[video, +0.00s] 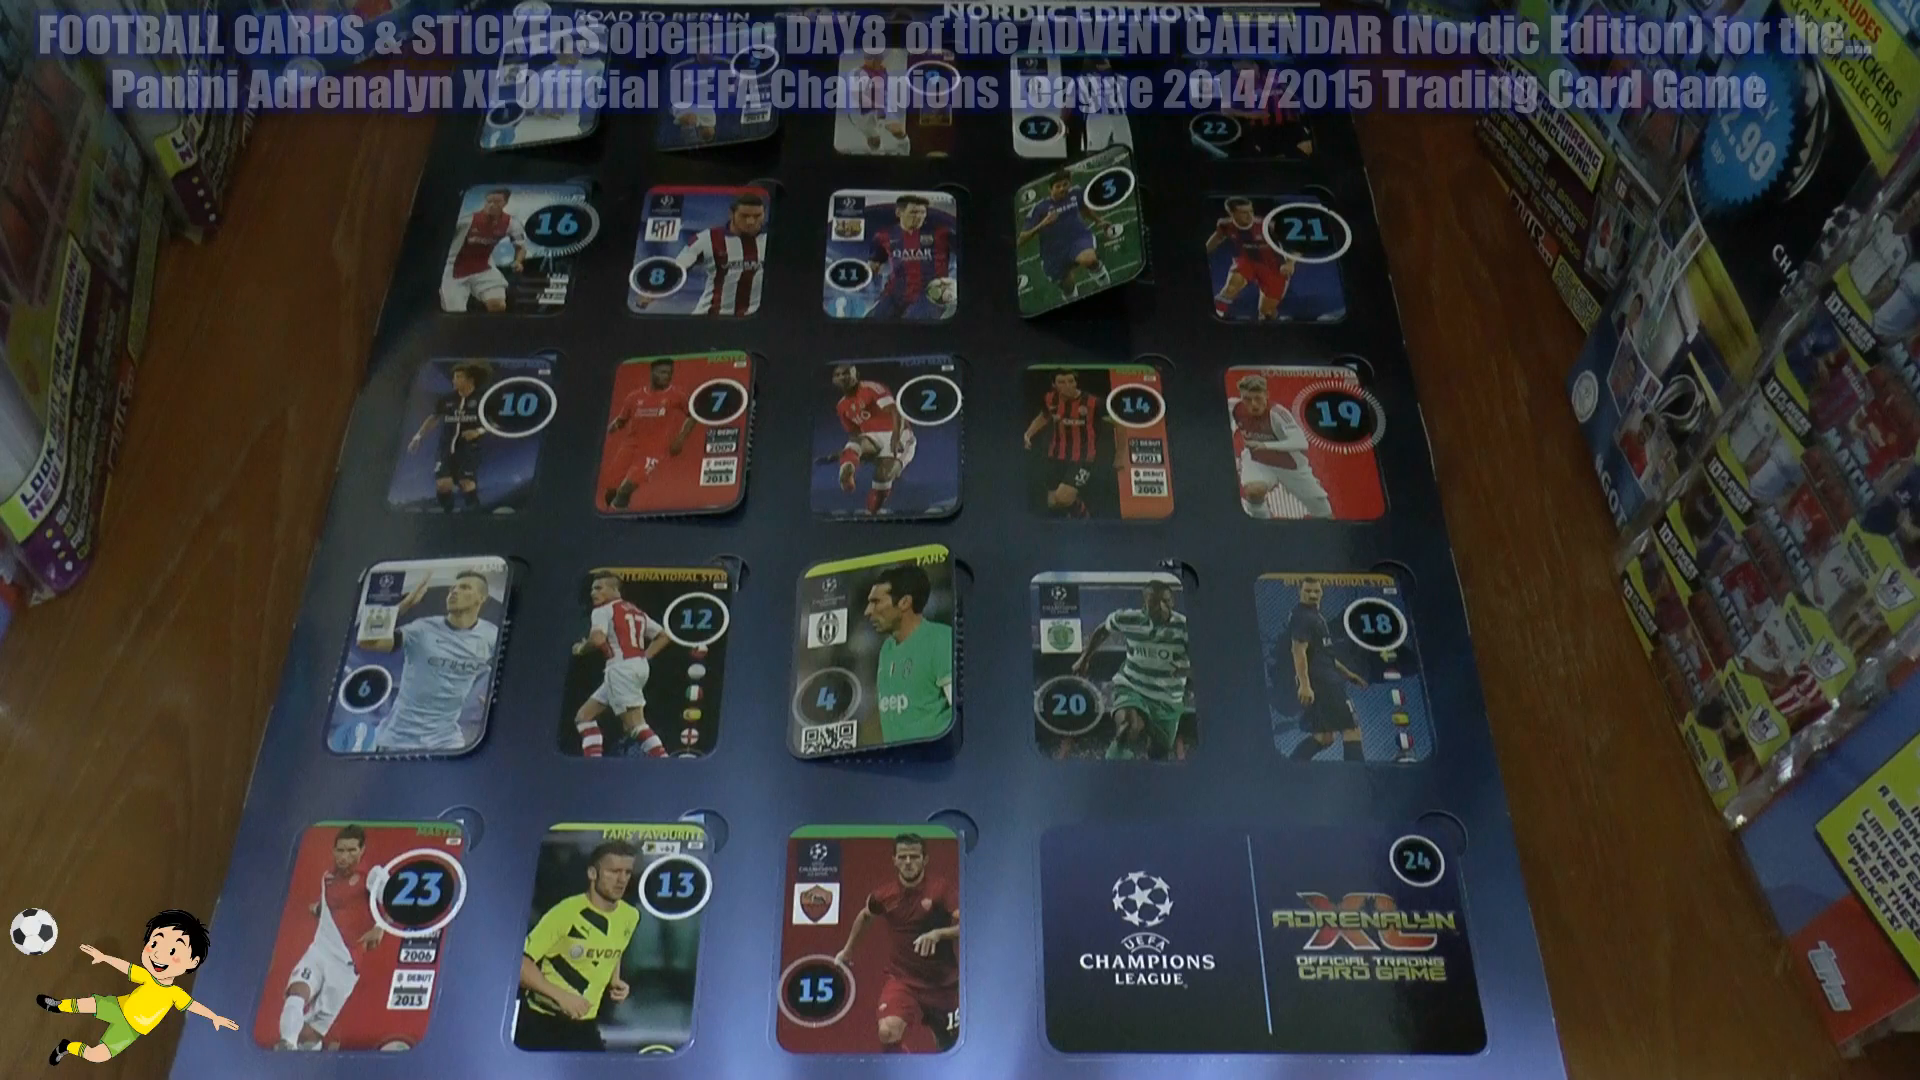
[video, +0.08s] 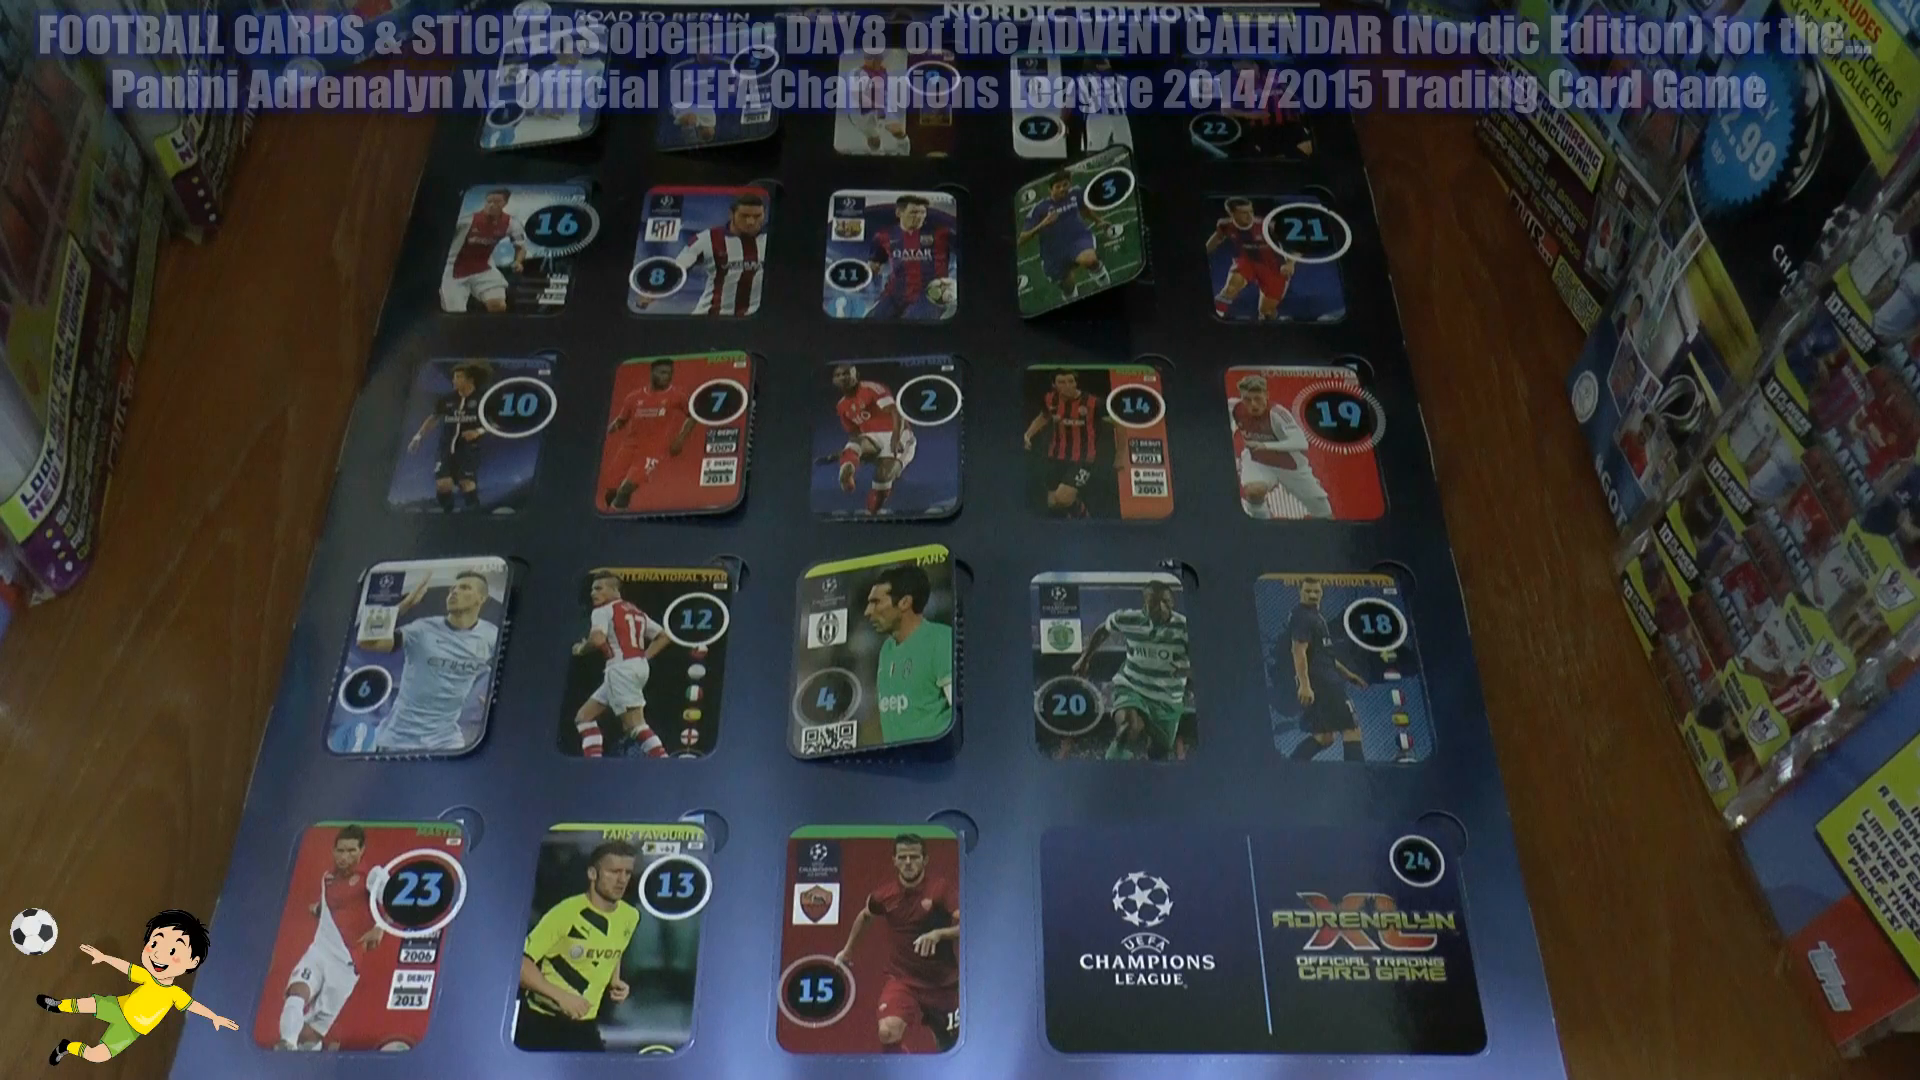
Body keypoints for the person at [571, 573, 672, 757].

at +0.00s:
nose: (593, 592)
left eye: (598, 588)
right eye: (592, 589)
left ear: (614, 590)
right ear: (616, 593)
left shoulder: (602, 610)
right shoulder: (634, 610)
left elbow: (598, 639)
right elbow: (663, 636)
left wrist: (582, 648)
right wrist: (644, 657)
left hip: (621, 668)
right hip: (641, 666)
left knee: (635, 724)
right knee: (584, 716)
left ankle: (665, 767)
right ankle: (594, 767)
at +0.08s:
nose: (593, 593)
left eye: (598, 588)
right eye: (593, 589)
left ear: (614, 591)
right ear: (616, 593)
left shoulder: (602, 610)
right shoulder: (634, 610)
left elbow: (598, 639)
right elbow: (663, 636)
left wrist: (582, 649)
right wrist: (644, 657)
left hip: (621, 669)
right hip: (641, 666)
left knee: (635, 724)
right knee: (584, 716)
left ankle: (665, 767)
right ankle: (594, 767)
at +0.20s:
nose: (593, 593)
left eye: (598, 588)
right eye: (592, 589)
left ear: (613, 591)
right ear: (616, 593)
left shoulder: (602, 610)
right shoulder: (634, 611)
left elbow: (598, 640)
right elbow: (664, 636)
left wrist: (582, 649)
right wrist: (644, 657)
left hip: (621, 669)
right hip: (641, 666)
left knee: (635, 724)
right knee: (584, 716)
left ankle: (664, 767)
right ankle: (594, 768)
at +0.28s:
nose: (593, 593)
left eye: (598, 588)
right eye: (592, 589)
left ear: (613, 591)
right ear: (616, 593)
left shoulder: (602, 610)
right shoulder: (634, 611)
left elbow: (598, 639)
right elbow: (664, 636)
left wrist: (582, 648)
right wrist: (644, 657)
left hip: (621, 669)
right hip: (641, 666)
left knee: (635, 724)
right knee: (584, 716)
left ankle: (664, 767)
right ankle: (594, 768)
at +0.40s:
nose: (593, 593)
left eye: (598, 588)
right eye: (592, 589)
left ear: (614, 591)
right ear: (616, 593)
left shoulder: (602, 610)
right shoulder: (635, 611)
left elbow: (598, 639)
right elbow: (664, 636)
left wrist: (582, 648)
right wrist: (644, 657)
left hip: (621, 668)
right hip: (641, 666)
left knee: (635, 724)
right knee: (584, 716)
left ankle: (664, 767)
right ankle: (594, 767)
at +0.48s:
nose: (593, 593)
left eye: (598, 588)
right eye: (592, 589)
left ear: (613, 591)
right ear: (616, 593)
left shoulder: (602, 610)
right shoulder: (635, 611)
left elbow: (598, 639)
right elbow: (664, 636)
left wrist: (582, 648)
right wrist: (644, 656)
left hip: (621, 668)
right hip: (641, 666)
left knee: (635, 724)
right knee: (584, 716)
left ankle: (665, 767)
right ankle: (594, 767)